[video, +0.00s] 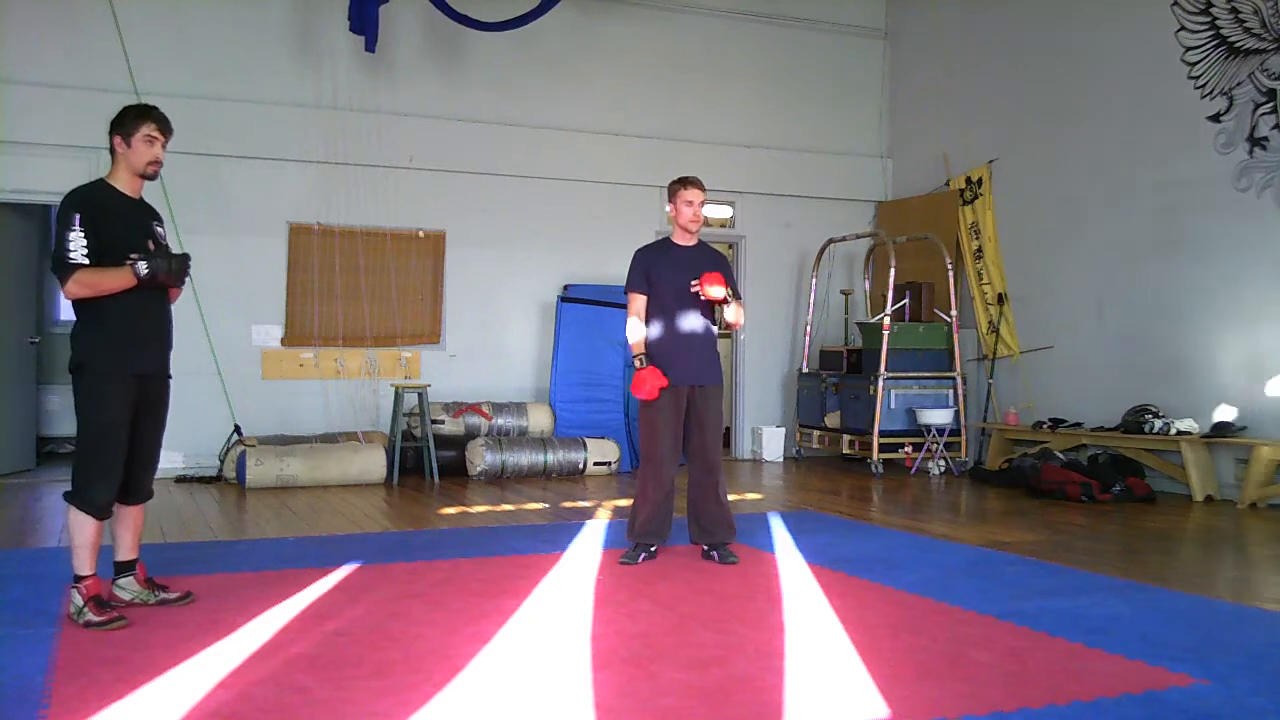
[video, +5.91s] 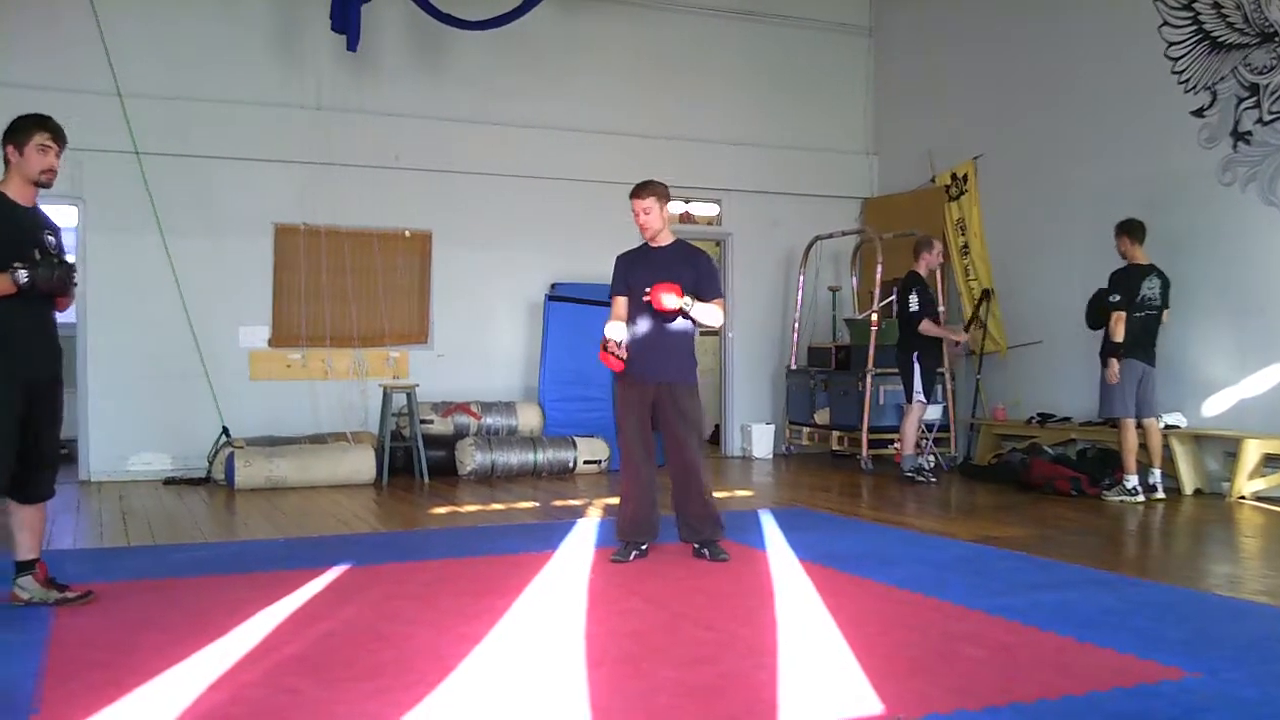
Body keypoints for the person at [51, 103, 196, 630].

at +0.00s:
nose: (159, 152)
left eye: (163, 144)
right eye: (149, 141)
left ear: (161, 152)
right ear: (119, 142)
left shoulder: (152, 216)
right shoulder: (82, 201)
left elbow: (166, 297)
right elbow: (74, 284)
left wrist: (176, 275)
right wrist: (143, 270)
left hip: (151, 364)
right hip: (103, 363)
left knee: (136, 472)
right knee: (96, 473)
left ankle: (129, 580)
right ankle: (84, 592)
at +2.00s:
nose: (107, 146)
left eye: (112, 138)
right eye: (98, 134)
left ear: (109, 145)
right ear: (66, 134)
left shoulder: (97, 209)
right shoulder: (24, 195)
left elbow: (108, 290)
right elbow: (15, 278)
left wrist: (122, 272)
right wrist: (87, 266)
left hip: (99, 360)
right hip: (49, 360)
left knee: (88, 467)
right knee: (43, 469)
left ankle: (80, 578)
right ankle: (34, 590)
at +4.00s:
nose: (89, 142)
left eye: (91, 133)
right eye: (79, 131)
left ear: (84, 140)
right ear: (47, 134)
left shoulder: (77, 208)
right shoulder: (11, 195)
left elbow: (79, 286)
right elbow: (5, 275)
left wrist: (101, 278)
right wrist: (74, 266)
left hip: (85, 361)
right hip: (34, 361)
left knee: (77, 468)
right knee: (32, 469)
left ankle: (71, 578)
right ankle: (23, 592)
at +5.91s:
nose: (54, 160)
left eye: (58, 153)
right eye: (44, 150)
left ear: (56, 161)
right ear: (12, 152)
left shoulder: (45, 226)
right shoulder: (0, 212)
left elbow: (60, 301)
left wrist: (63, 287)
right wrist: (21, 278)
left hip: (40, 365)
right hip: (6, 364)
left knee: (33, 469)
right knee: (9, 468)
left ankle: (28, 575)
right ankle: (24, 573)